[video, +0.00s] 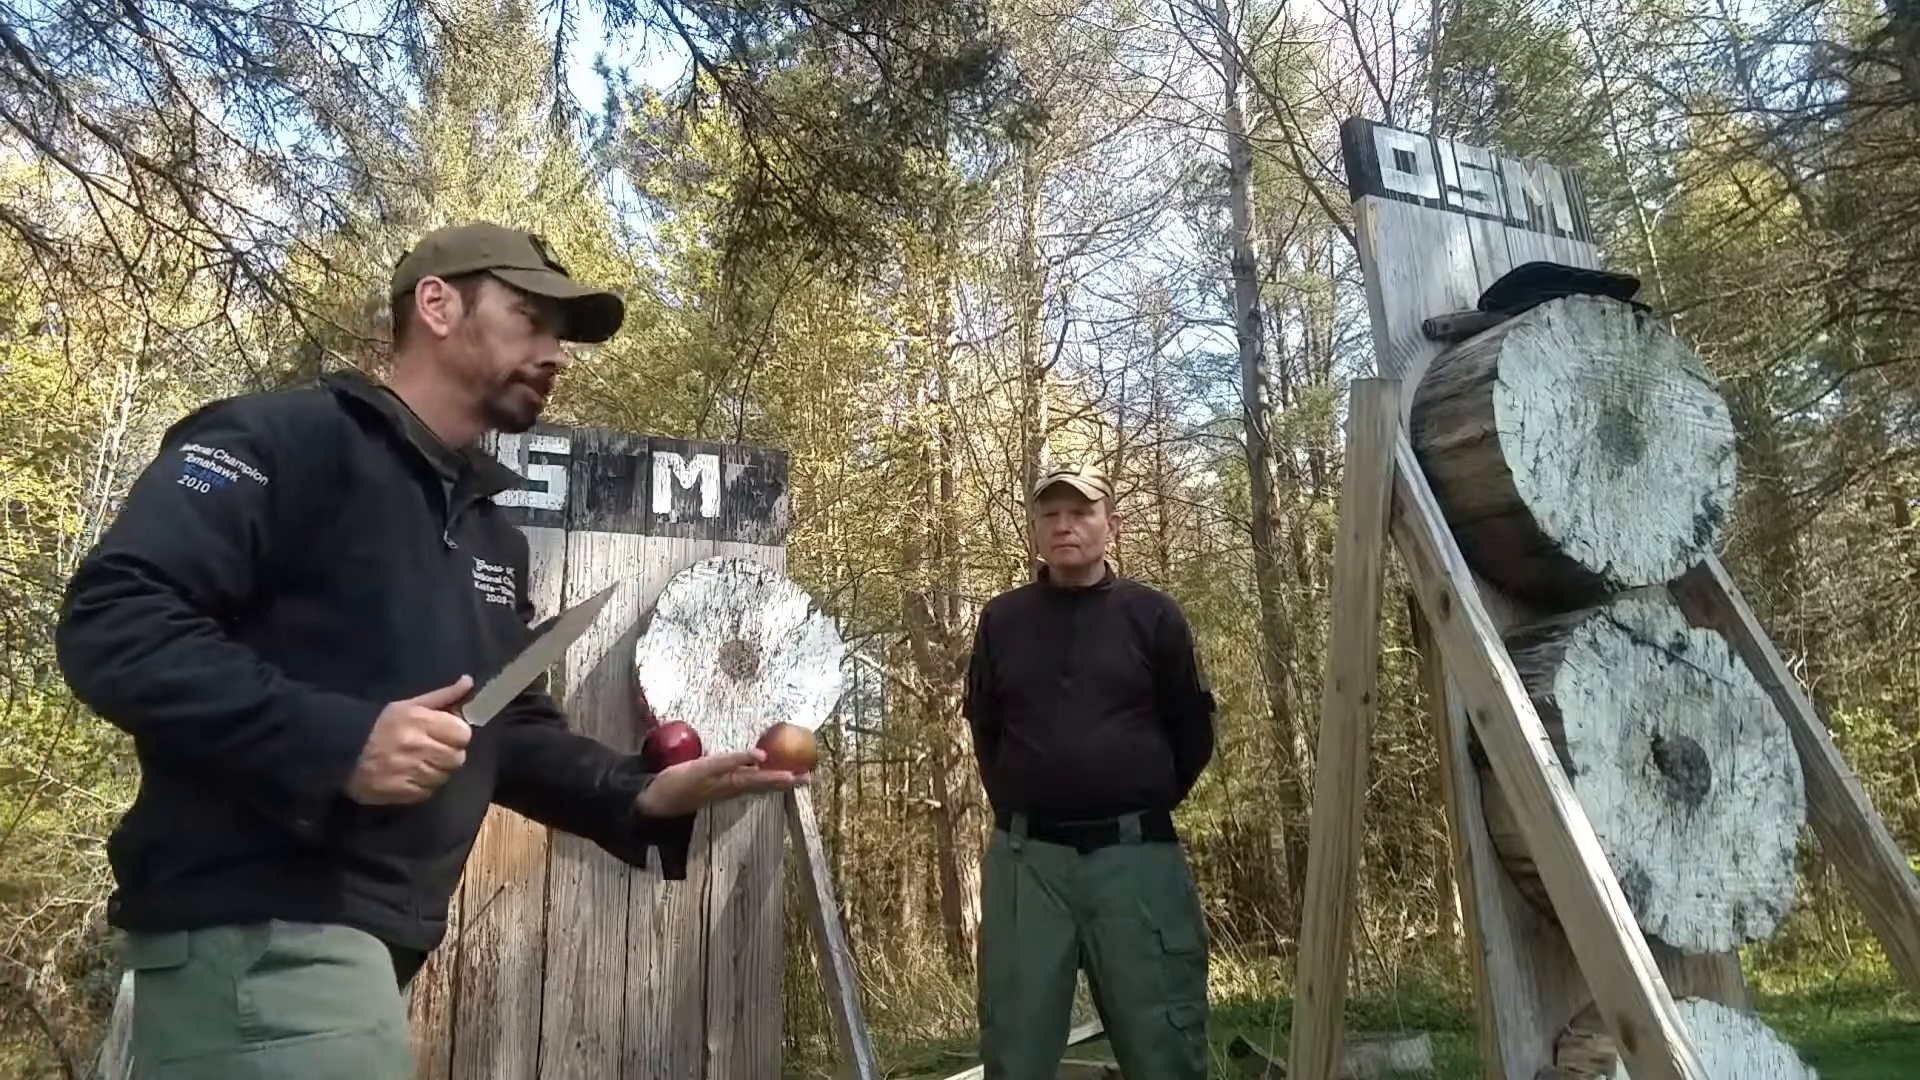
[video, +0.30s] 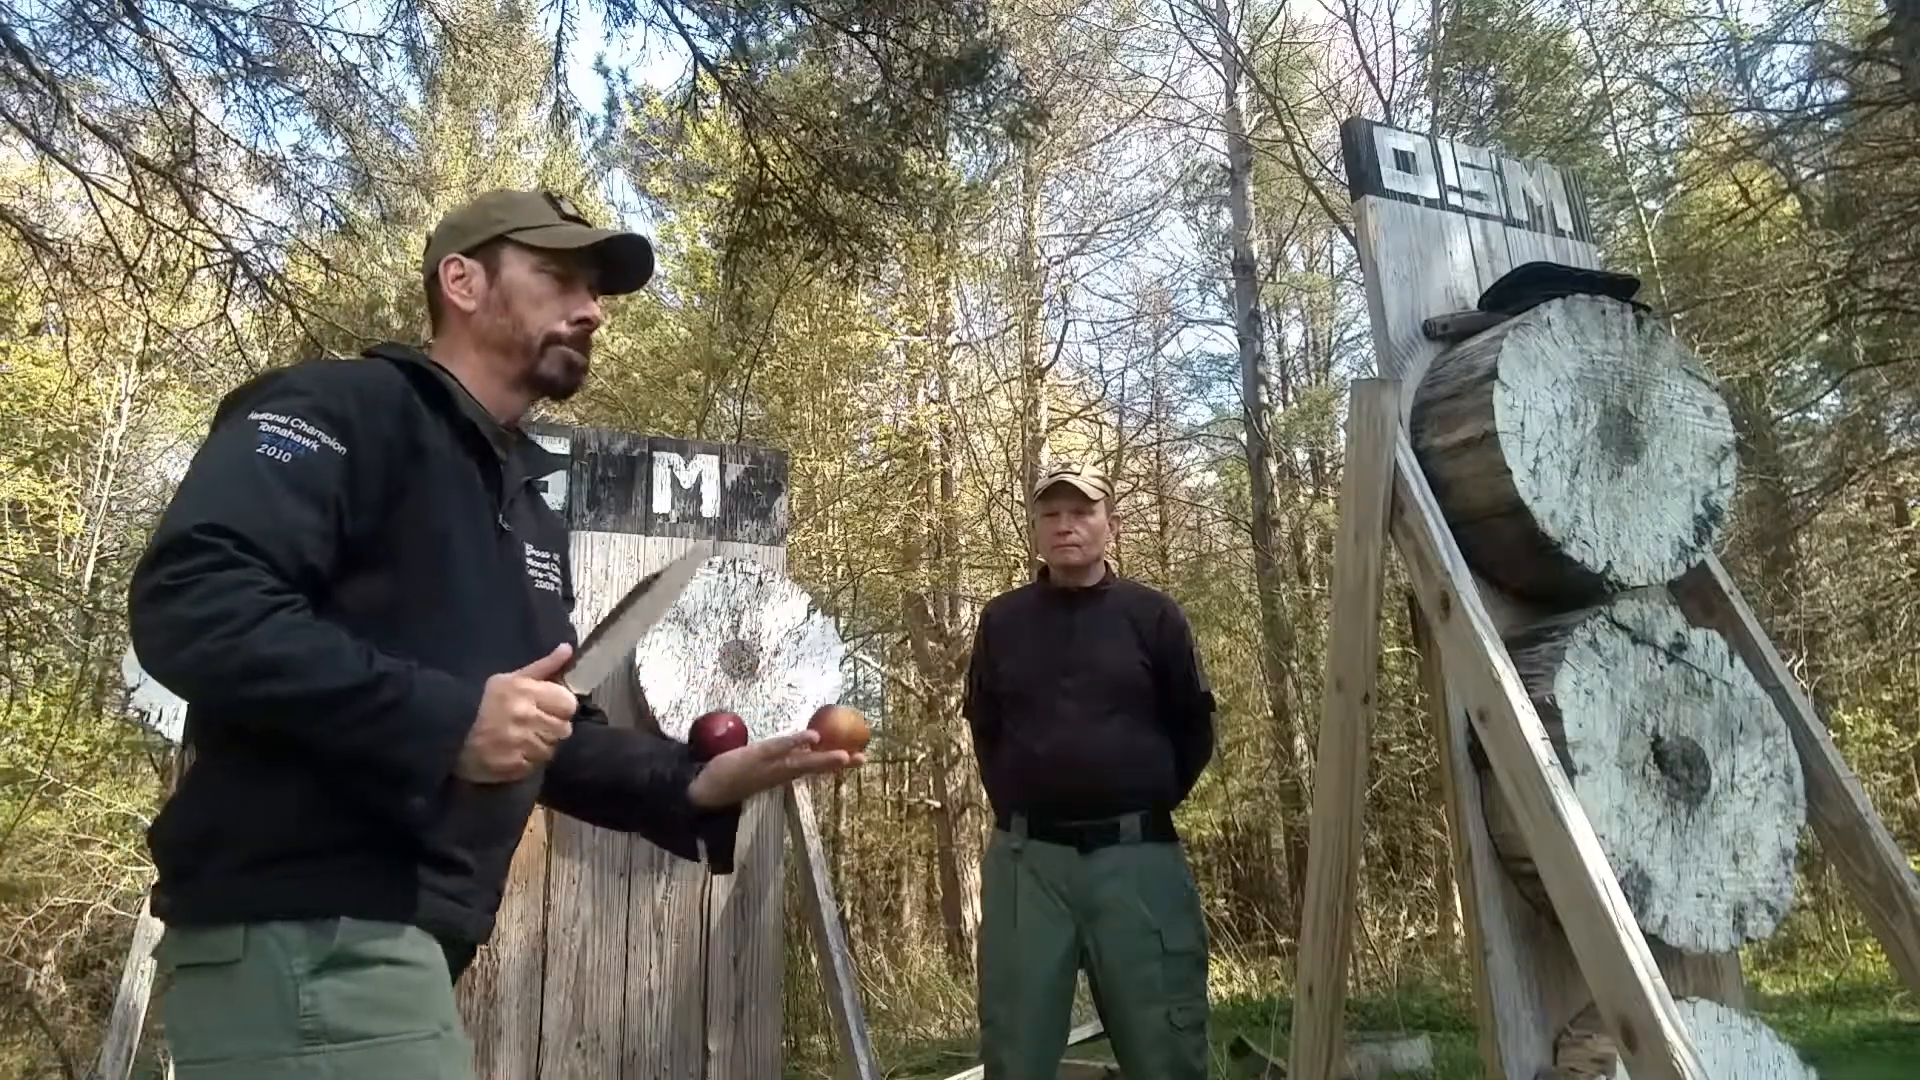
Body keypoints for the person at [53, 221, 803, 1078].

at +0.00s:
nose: (559, 353)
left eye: (564, 334)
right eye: (536, 319)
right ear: (437, 309)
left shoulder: (491, 533)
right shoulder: (277, 439)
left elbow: (499, 727)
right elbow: (113, 625)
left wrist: (641, 796)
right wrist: (337, 739)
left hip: (358, 953)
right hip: (255, 943)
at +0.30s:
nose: (592, 309)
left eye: (597, 289)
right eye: (559, 274)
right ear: (462, 283)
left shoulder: (529, 514)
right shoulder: (338, 405)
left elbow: (532, 731)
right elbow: (194, 604)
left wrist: (697, 780)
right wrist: (453, 719)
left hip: (395, 944)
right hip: (302, 940)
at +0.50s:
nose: (584, 317)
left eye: (588, 294)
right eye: (551, 281)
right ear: (452, 285)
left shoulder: (522, 514)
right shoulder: (331, 410)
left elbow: (524, 734)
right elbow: (179, 611)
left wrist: (708, 779)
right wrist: (442, 735)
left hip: (400, 942)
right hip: (307, 938)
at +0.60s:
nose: (567, 340)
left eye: (572, 317)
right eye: (537, 306)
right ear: (438, 300)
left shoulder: (508, 529)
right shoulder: (296, 431)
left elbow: (523, 736)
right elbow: (147, 634)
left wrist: (695, 787)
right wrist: (411, 747)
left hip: (387, 954)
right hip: (288, 953)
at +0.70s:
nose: (553, 364)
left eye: (558, 340)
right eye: (526, 327)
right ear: (426, 319)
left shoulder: (486, 543)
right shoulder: (271, 452)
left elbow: (513, 741)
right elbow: (118, 654)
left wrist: (676, 801)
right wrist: (380, 756)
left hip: (367, 963)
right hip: (268, 961)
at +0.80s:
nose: (543, 374)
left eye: (550, 351)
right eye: (516, 336)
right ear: (416, 326)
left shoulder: (477, 549)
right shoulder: (257, 459)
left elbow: (507, 743)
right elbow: (101, 657)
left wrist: (657, 810)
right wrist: (361, 757)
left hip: (351, 968)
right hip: (263, 970)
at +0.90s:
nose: (547, 375)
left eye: (555, 351)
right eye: (524, 337)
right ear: (420, 324)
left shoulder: (478, 553)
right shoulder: (258, 457)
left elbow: (498, 750)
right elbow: (98, 651)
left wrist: (647, 809)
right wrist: (359, 753)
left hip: (352, 966)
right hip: (261, 966)